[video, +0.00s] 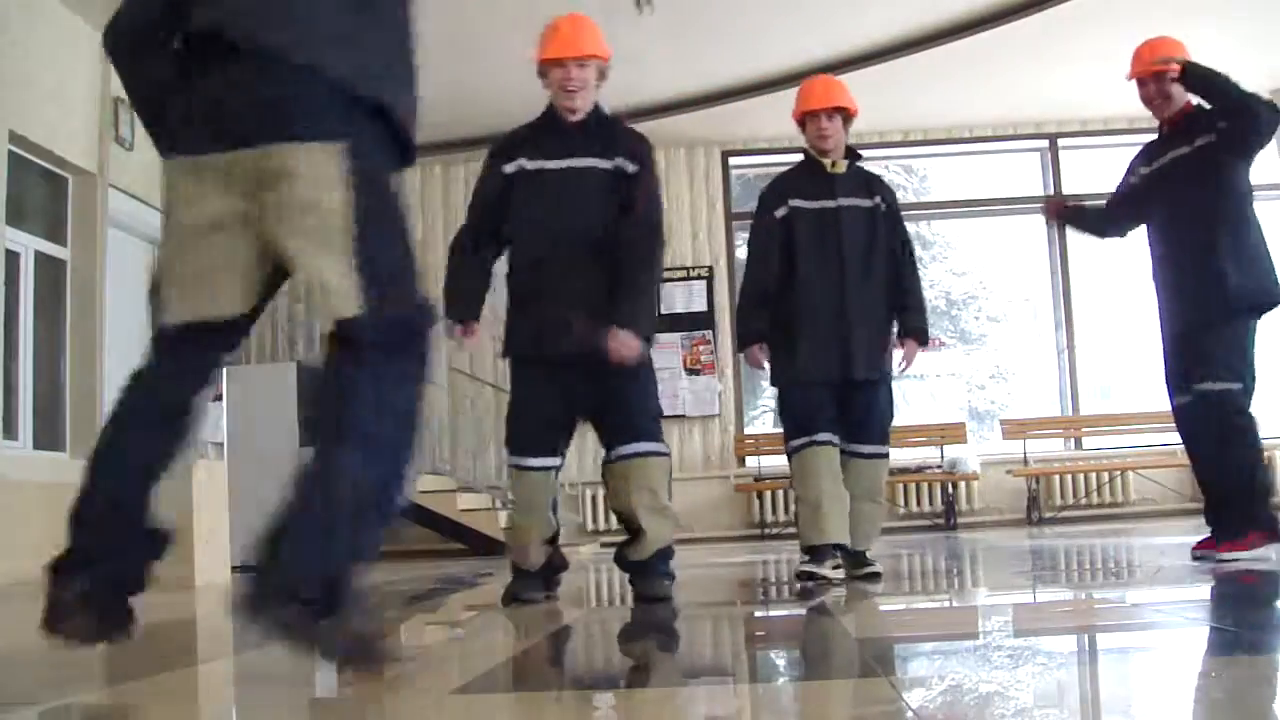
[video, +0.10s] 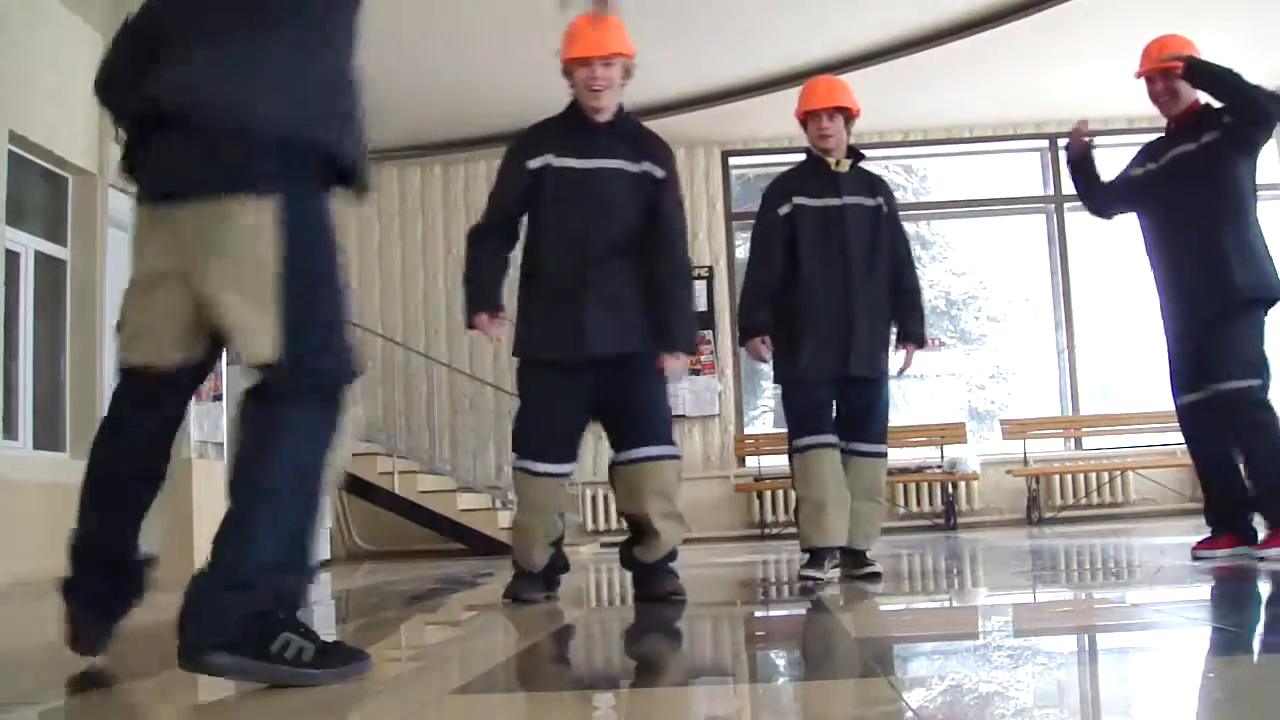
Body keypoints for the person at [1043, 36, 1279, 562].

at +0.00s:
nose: (1148, 92)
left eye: (1156, 80)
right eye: (1141, 84)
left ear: (1181, 79)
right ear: (1136, 91)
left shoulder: (1221, 129)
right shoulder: (1148, 160)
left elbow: (1263, 116)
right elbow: (1113, 222)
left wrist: (1196, 75)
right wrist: (1068, 211)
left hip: (1228, 287)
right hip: (1180, 299)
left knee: (1220, 400)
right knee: (1190, 409)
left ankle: (1254, 524)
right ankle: (1228, 526)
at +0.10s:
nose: (1158, 88)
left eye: (1167, 76)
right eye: (1150, 80)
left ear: (1192, 78)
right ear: (1144, 89)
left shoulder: (1229, 128)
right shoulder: (1149, 159)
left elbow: (1264, 109)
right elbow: (1102, 203)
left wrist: (1197, 69)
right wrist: (1080, 159)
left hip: (1237, 288)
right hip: (1182, 304)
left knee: (1239, 397)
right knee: (1195, 413)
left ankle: (1279, 520)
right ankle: (1232, 528)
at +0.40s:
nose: (1190, 81)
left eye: (1199, 68)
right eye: (1181, 73)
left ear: (1224, 70)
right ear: (1175, 83)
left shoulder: (1263, 123)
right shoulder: (1165, 145)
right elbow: (1107, 147)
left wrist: (1226, 60)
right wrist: (1137, 86)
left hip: (1268, 294)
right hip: (1205, 304)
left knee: (1276, 406)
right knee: (1215, 418)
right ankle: (1232, 529)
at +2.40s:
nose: (1195, 33)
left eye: (1205, 18)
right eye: (1184, 25)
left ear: (1233, 13)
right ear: (1175, 30)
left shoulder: (1268, 69)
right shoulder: (1171, 96)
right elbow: (1102, 103)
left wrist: (1256, 5)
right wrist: (1152, 28)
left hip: (1270, 273)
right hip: (1205, 279)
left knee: (1279, 398)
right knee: (1212, 414)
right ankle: (1227, 537)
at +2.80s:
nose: (1207, 30)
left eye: (1216, 15)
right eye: (1195, 21)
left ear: (1245, 11)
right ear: (1186, 27)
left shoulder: (1273, 67)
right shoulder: (1179, 90)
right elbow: (1111, 99)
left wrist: (1268, 7)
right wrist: (1159, 24)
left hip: (1274, 274)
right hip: (1213, 281)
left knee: (1279, 398)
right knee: (1216, 413)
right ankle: (1227, 540)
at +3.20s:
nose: (1230, 29)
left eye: (1239, 14)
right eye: (1218, 21)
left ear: (1265, 7)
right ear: (1208, 24)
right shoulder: (1206, 88)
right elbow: (1135, 101)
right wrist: (1176, 26)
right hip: (1244, 275)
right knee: (1233, 407)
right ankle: (1228, 537)